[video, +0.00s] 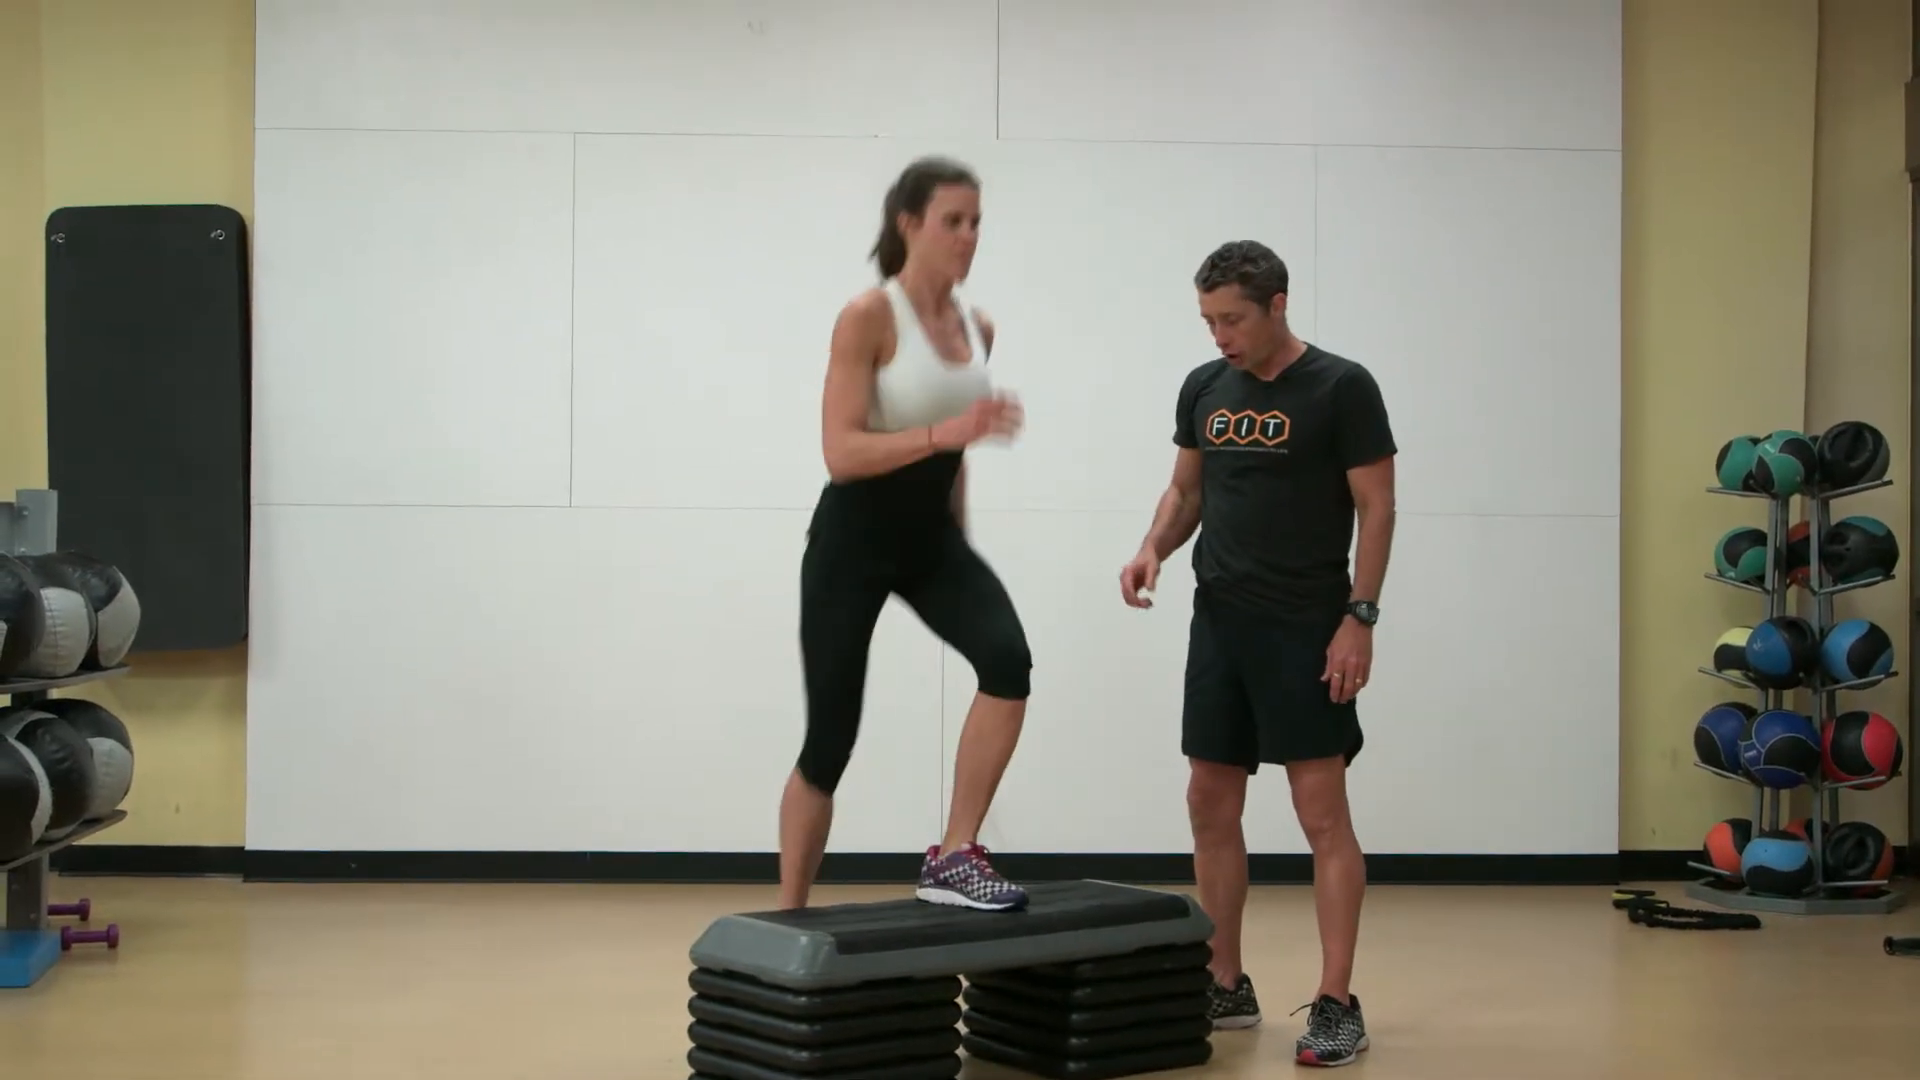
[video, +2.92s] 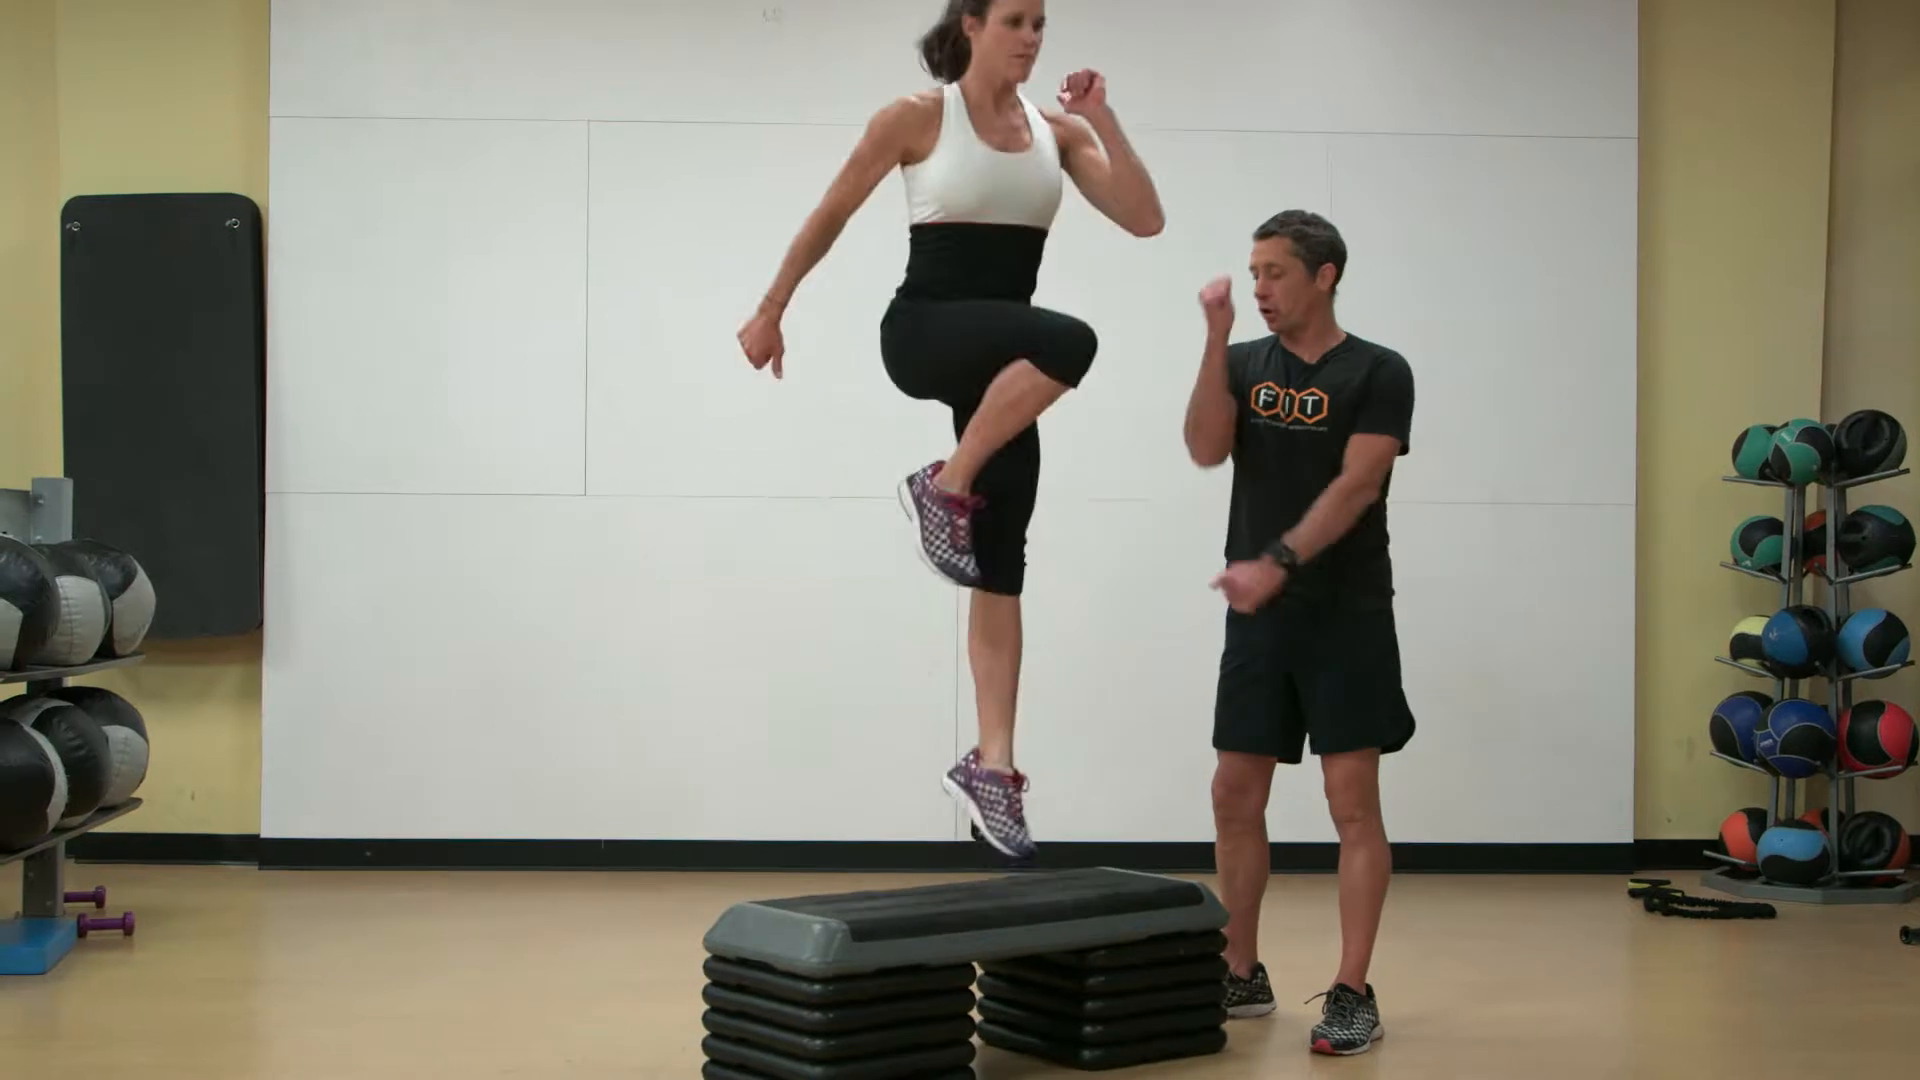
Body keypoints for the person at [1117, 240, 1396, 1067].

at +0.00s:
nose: (1218, 335)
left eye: (1230, 319)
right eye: (1209, 321)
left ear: (1277, 305)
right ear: (1205, 316)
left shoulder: (1342, 388)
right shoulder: (1204, 389)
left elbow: (1377, 508)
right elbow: (1185, 491)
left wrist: (1359, 616)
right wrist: (1152, 548)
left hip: (1308, 629)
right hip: (1221, 625)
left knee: (1323, 814)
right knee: (1210, 802)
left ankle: (1336, 1000)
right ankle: (1224, 983)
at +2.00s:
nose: (1235, 328)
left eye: (1248, 312)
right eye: (1225, 313)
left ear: (1293, 299)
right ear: (1222, 309)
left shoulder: (1367, 379)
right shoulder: (1216, 390)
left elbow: (1410, 498)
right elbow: (1188, 497)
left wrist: (1410, 608)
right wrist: (1149, 568)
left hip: (1344, 622)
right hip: (1251, 622)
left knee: (1347, 808)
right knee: (1228, 800)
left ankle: (1346, 995)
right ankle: (1233, 979)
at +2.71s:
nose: (1244, 297)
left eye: (1259, 282)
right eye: (1239, 282)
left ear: (1309, 283)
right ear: (1241, 286)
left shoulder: (1372, 376)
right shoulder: (1220, 382)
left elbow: (1410, 496)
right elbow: (1207, 492)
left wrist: (1391, 606)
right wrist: (1172, 533)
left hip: (1348, 617)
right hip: (1256, 617)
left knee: (1351, 806)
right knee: (1232, 793)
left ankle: (1350, 990)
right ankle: (1239, 973)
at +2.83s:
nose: (1253, 291)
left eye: (1267, 275)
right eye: (1249, 277)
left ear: (1317, 278)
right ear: (1253, 283)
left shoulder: (1375, 375)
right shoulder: (1238, 373)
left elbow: (1377, 498)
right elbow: (1205, 484)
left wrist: (1313, 585)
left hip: (1347, 612)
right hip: (1255, 610)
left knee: (1353, 802)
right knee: (1233, 795)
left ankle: (1350, 991)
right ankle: (1240, 975)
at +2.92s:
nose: (1257, 288)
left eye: (1272, 274)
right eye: (1255, 275)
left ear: (1323, 275)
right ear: (1263, 279)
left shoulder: (1379, 372)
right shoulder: (1244, 363)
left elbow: (1358, 485)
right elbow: (1205, 448)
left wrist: (1278, 560)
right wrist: (1216, 340)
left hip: (1346, 614)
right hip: (1259, 610)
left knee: (1352, 802)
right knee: (1235, 793)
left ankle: (1351, 991)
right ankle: (1241, 974)